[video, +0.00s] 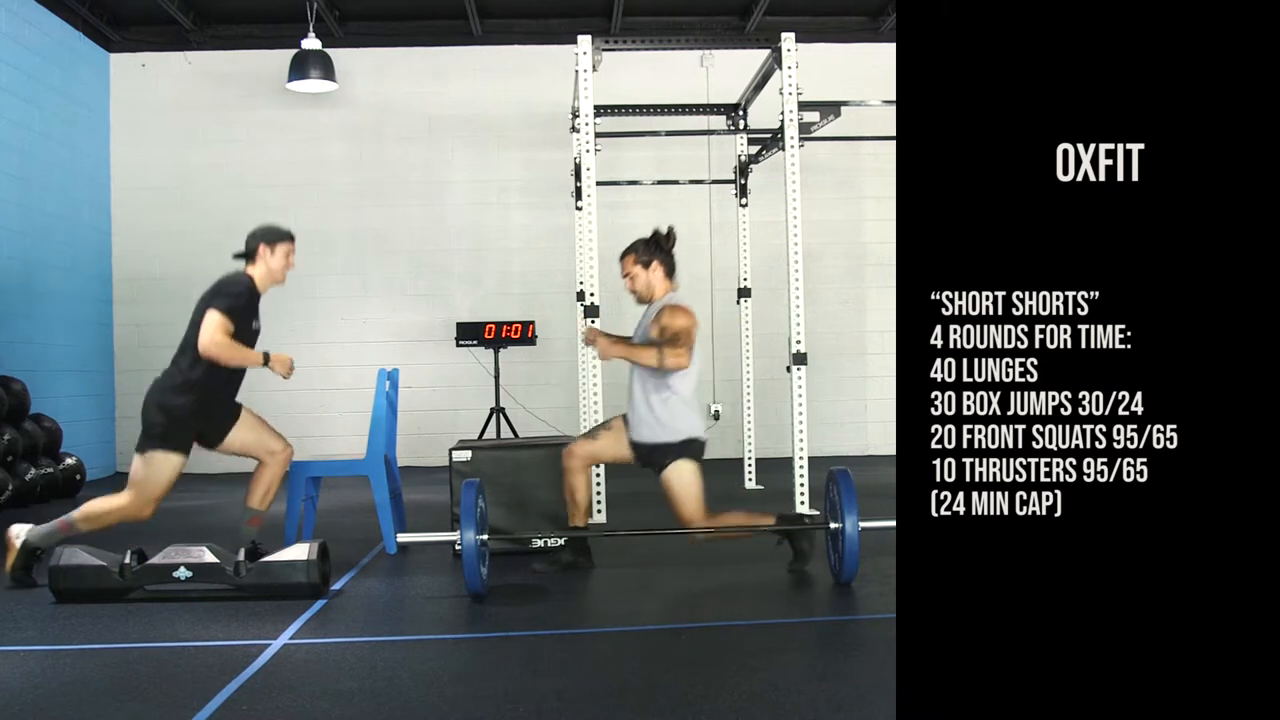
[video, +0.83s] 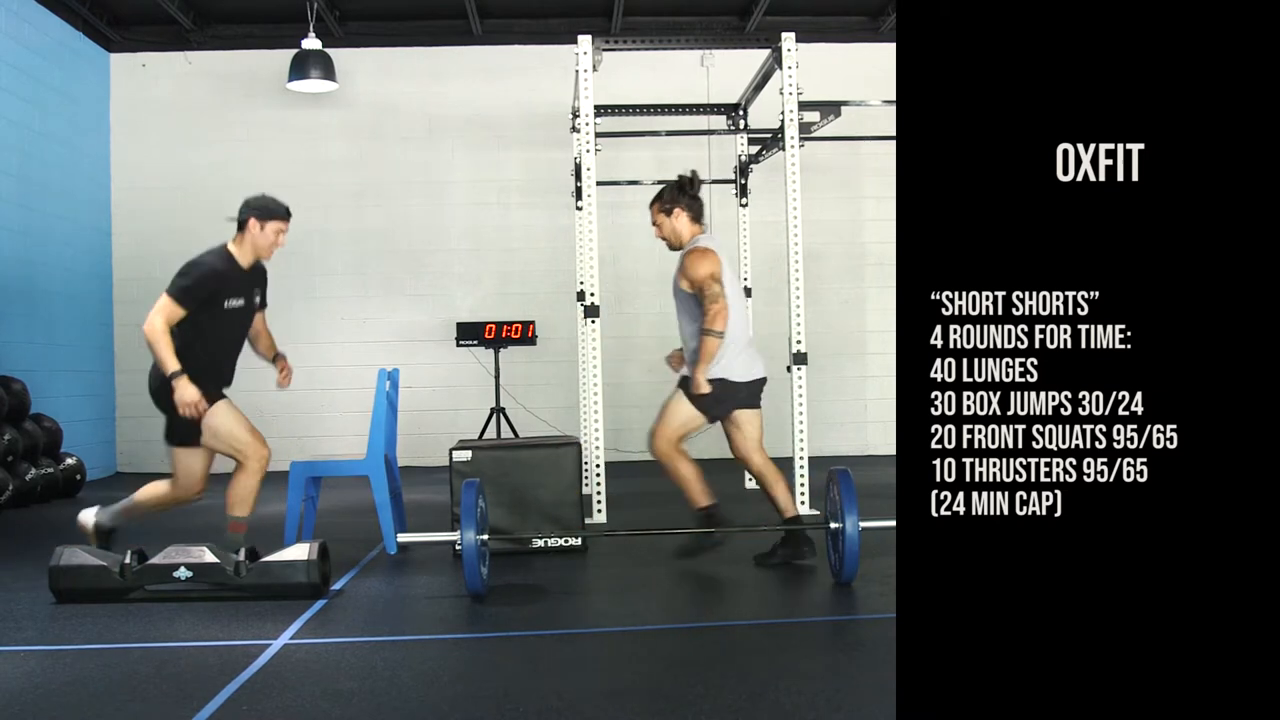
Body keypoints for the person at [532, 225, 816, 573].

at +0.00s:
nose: (626, 284)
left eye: (630, 275)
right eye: (624, 277)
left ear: (655, 269)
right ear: (652, 272)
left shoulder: (676, 314)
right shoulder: (654, 313)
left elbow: (678, 357)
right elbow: (650, 352)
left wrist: (616, 350)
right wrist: (607, 341)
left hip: (674, 438)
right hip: (642, 430)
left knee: (698, 527)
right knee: (575, 455)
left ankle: (789, 525)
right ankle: (577, 545)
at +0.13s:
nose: (650, 257)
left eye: (653, 248)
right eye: (647, 250)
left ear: (676, 240)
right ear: (673, 241)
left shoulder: (701, 282)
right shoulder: (679, 286)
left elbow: (715, 331)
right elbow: (689, 339)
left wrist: (662, 358)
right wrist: (654, 349)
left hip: (709, 404)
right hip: (677, 403)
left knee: (731, 492)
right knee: (627, 455)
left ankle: (813, 524)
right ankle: (591, 538)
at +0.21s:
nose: (664, 243)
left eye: (666, 234)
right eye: (661, 236)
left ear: (690, 225)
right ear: (689, 227)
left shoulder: (716, 267)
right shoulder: (695, 272)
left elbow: (737, 318)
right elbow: (713, 329)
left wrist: (697, 365)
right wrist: (683, 356)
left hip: (727, 389)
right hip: (699, 390)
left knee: (751, 476)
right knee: (649, 447)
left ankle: (820, 526)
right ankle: (625, 532)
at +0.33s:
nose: (677, 233)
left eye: (679, 224)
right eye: (675, 226)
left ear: (704, 214)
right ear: (702, 216)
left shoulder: (729, 256)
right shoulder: (713, 260)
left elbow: (763, 303)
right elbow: (734, 320)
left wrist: (746, 369)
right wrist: (714, 371)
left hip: (744, 384)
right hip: (716, 382)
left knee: (769, 467)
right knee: (673, 440)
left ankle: (828, 534)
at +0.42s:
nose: (682, 228)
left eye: (684, 219)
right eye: (680, 222)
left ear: (709, 210)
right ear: (707, 212)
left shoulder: (734, 253)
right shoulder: (718, 256)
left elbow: (772, 299)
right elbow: (736, 320)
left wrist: (763, 366)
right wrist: (719, 372)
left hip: (747, 382)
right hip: (722, 382)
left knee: (775, 463)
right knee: (695, 446)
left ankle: (829, 533)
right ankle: (752, 521)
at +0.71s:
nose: (672, 226)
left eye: (674, 217)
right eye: (671, 218)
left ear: (696, 210)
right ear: (699, 211)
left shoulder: (716, 254)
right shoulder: (716, 252)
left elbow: (743, 308)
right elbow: (735, 312)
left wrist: (730, 369)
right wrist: (720, 369)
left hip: (735, 374)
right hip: (750, 372)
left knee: (720, 461)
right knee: (752, 454)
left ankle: (798, 514)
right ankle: (796, 528)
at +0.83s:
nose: (656, 231)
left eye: (657, 223)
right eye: (654, 224)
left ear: (678, 216)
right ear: (684, 216)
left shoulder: (697, 257)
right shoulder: (716, 253)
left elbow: (716, 311)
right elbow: (724, 319)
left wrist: (700, 371)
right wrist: (689, 352)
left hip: (718, 374)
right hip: (744, 373)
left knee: (663, 441)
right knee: (752, 454)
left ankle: (710, 519)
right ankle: (797, 534)